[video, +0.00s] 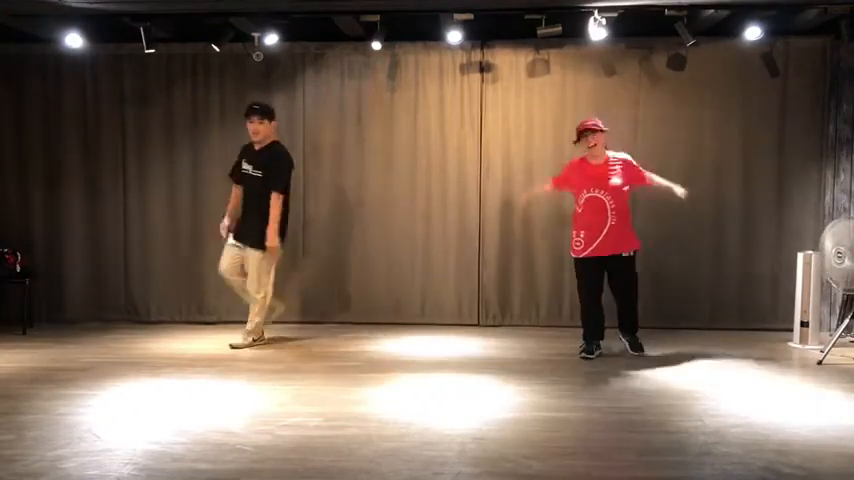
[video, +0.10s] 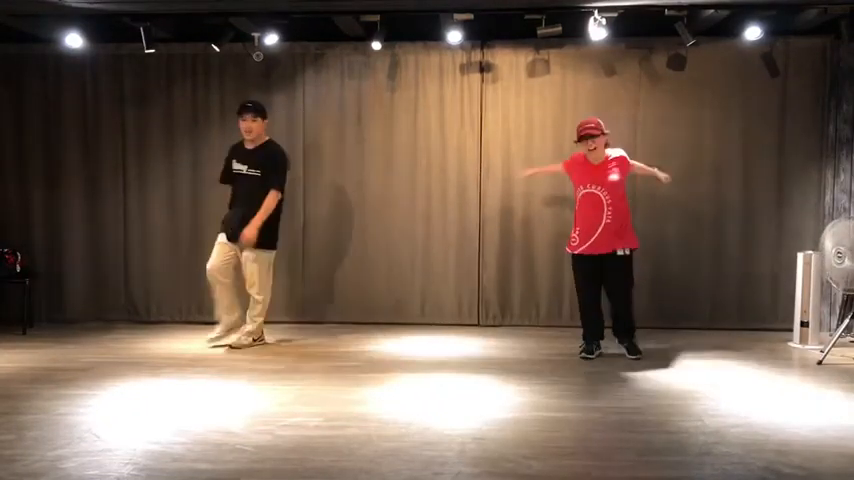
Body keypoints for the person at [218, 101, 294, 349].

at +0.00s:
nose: (253, 128)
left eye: (259, 123)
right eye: (250, 123)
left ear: (272, 125)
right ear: (246, 126)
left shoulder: (280, 157)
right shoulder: (247, 151)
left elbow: (276, 198)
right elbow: (238, 187)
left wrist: (272, 232)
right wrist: (229, 217)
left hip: (264, 233)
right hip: (242, 228)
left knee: (259, 288)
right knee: (228, 270)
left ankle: (254, 331)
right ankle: (267, 305)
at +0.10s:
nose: (247, 126)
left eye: (253, 120)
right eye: (243, 120)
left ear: (265, 123)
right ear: (239, 124)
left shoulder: (275, 154)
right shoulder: (236, 151)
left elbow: (275, 194)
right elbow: (234, 188)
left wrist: (254, 226)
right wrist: (231, 219)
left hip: (261, 229)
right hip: (234, 225)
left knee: (257, 285)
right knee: (216, 269)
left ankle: (254, 330)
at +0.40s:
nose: (224, 126)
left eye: (230, 120)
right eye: (219, 120)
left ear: (241, 124)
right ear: (214, 124)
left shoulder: (255, 155)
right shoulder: (207, 156)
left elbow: (263, 195)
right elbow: (196, 196)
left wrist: (244, 228)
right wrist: (190, 231)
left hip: (242, 238)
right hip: (209, 237)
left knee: (243, 291)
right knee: (199, 290)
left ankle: (243, 334)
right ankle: (196, 343)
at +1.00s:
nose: (267, 119)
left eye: (273, 114)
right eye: (262, 113)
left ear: (278, 120)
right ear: (250, 116)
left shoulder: (283, 159)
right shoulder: (233, 147)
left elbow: (285, 201)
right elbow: (216, 184)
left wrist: (285, 238)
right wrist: (220, 223)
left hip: (270, 241)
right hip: (235, 239)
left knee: (272, 302)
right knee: (214, 299)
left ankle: (271, 358)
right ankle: (198, 341)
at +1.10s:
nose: (283, 118)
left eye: (288, 113)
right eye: (277, 112)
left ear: (293, 119)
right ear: (265, 114)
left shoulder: (296, 156)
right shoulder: (246, 145)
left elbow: (299, 201)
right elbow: (229, 186)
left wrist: (298, 237)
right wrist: (227, 229)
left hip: (283, 241)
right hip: (249, 239)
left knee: (281, 302)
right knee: (238, 295)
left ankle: (272, 358)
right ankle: (214, 338)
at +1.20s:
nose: (293, 116)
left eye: (298, 111)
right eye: (287, 110)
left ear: (304, 116)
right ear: (275, 112)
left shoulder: (308, 153)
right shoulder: (254, 146)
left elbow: (315, 197)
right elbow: (240, 188)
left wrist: (319, 235)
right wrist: (237, 228)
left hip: (296, 240)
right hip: (263, 238)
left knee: (289, 303)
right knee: (267, 296)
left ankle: (273, 359)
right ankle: (243, 348)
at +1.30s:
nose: (304, 116)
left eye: (309, 111)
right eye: (298, 110)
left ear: (313, 115)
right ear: (284, 111)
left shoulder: (316, 150)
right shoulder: (265, 146)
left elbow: (330, 192)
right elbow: (251, 187)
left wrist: (344, 227)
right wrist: (252, 228)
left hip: (306, 235)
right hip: (277, 234)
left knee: (294, 299)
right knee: (292, 295)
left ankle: (273, 358)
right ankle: (281, 362)